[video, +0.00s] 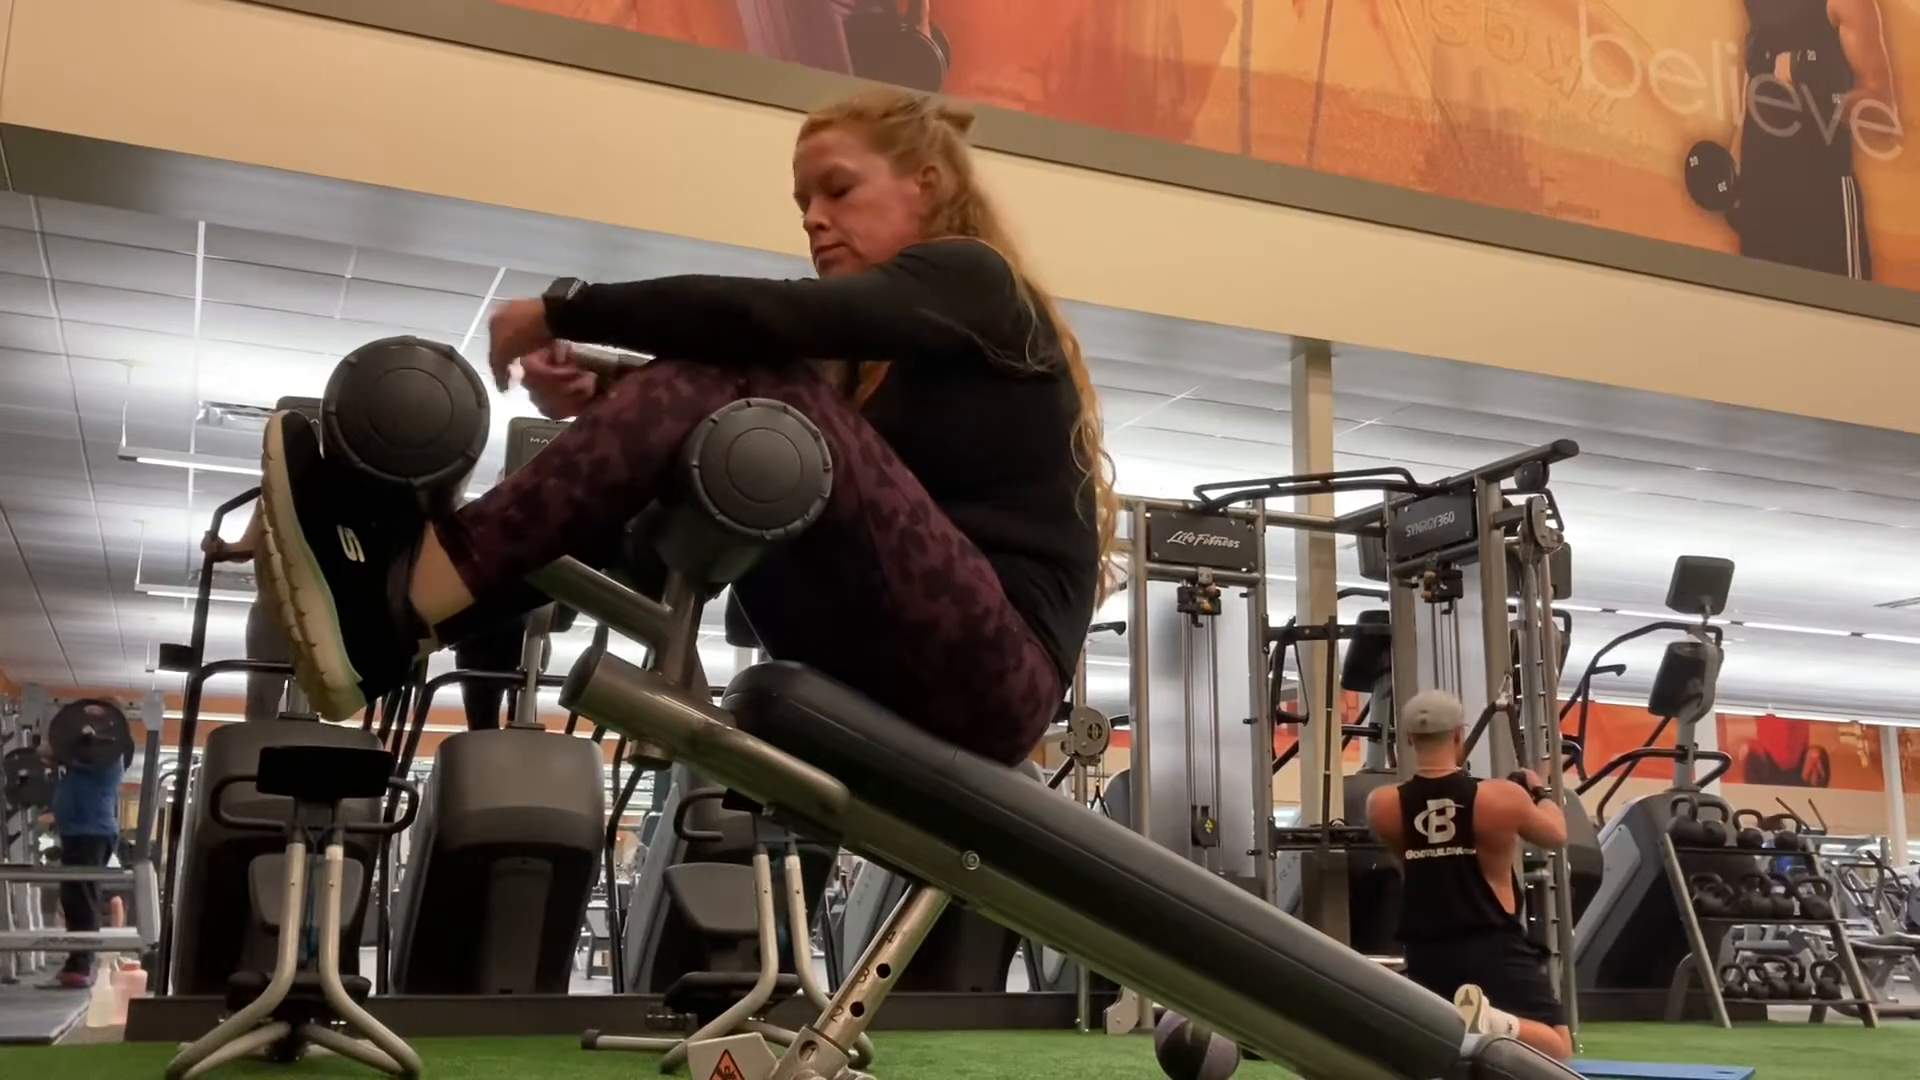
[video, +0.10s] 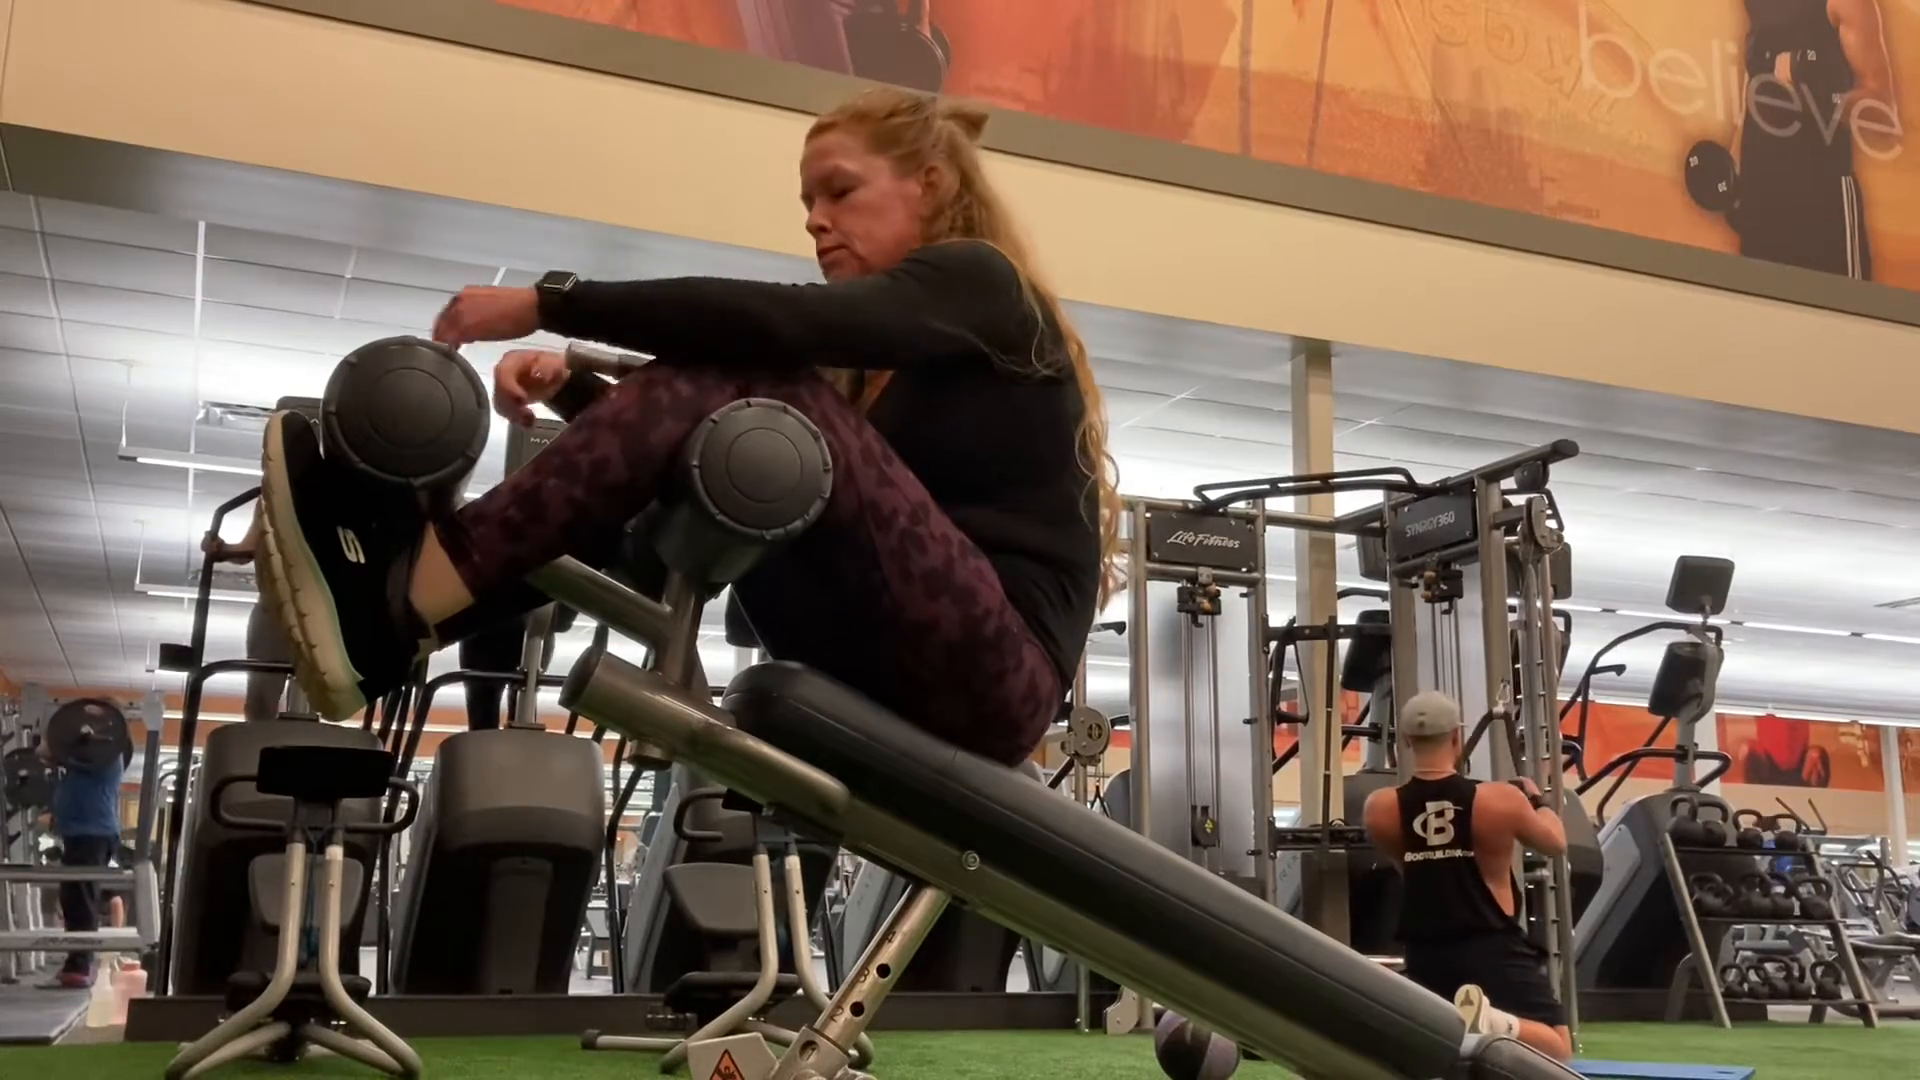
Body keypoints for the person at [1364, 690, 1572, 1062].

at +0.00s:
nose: (1462, 739)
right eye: (1461, 732)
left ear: (1409, 740)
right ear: (1459, 735)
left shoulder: (1382, 805)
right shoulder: (1501, 798)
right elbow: (1555, 832)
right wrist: (1541, 791)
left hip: (1425, 954)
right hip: (1495, 953)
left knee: (1439, 1046)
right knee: (1561, 1047)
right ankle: (1495, 1021)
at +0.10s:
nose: (1460, 740)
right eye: (1459, 733)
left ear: (1405, 741)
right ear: (1457, 737)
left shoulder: (1379, 809)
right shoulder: (1500, 800)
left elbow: (1410, 858)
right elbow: (1556, 842)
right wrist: (1539, 801)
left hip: (1424, 958)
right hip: (1495, 956)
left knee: (1439, 1051)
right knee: (1561, 1048)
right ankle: (1495, 1021)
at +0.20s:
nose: (1459, 742)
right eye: (1459, 735)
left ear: (1403, 744)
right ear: (1456, 739)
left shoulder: (1378, 812)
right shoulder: (1498, 804)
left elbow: (1399, 858)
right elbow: (1554, 849)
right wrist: (1529, 809)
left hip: (1423, 960)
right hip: (1494, 958)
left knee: (1439, 1050)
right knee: (1561, 1048)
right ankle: (1495, 1022)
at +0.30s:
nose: (1460, 743)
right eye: (1459, 736)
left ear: (1402, 746)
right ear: (1456, 741)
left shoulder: (1379, 812)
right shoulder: (1496, 807)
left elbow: (1373, 859)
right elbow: (1555, 860)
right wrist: (1527, 820)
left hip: (1422, 962)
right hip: (1494, 959)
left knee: (1439, 1050)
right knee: (1561, 1048)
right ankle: (1495, 1021)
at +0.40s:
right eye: (1460, 739)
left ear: (1402, 748)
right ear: (1456, 743)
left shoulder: (1378, 814)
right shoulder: (1497, 809)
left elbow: (1367, 865)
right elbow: (1555, 868)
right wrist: (1527, 829)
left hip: (1422, 966)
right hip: (1495, 962)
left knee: (1439, 1053)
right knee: (1561, 1049)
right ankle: (1494, 1021)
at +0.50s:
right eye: (1461, 740)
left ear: (1401, 750)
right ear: (1456, 745)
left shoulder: (1378, 817)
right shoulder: (1496, 811)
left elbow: (1365, 872)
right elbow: (1555, 874)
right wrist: (1528, 834)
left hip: (1421, 969)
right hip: (1495, 965)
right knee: (1561, 1049)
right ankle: (1493, 1021)